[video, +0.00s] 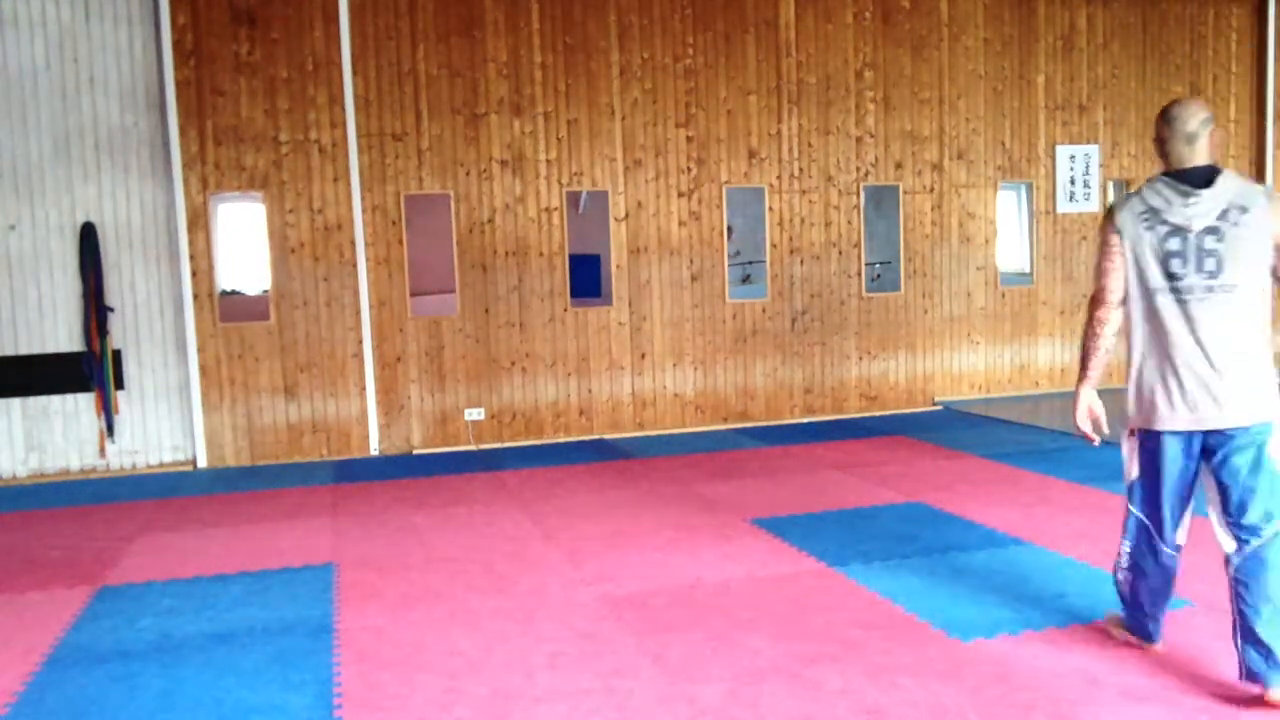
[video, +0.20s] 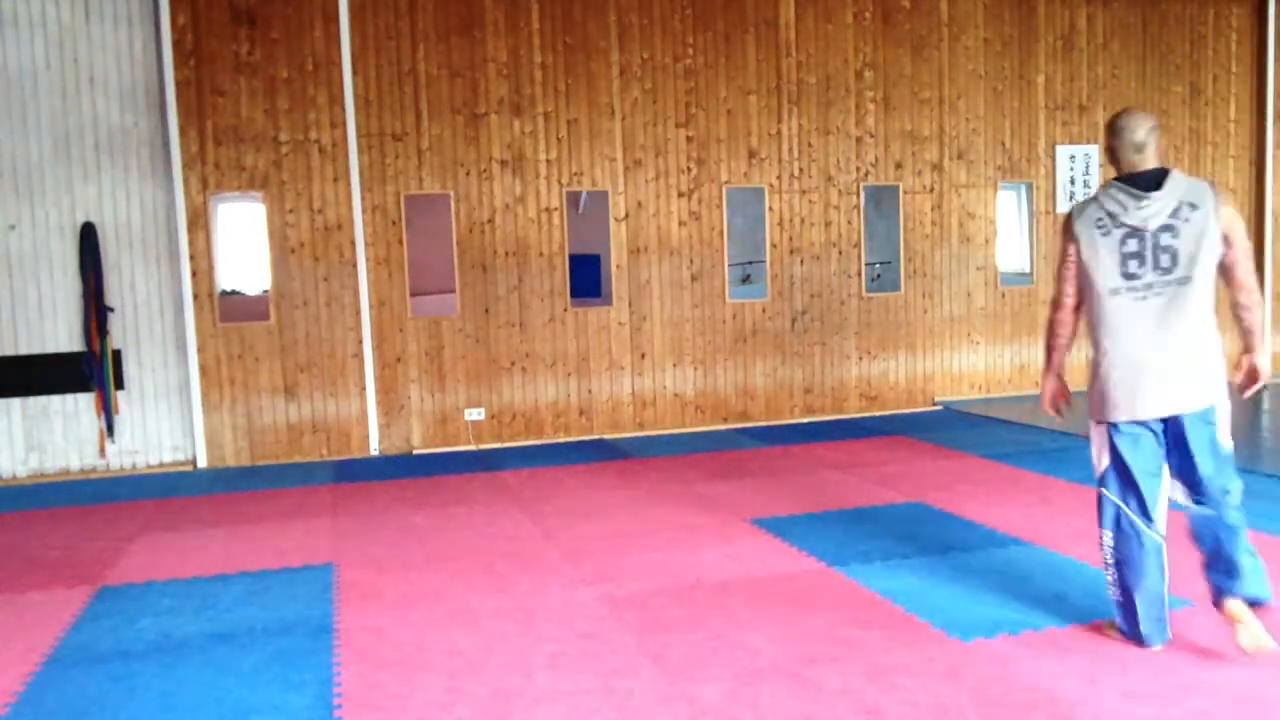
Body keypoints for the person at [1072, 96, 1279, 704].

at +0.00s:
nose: (1182, 145)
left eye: (1163, 138)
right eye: (1202, 132)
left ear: (1156, 145)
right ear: (1213, 142)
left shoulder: (1128, 215)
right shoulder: (1261, 205)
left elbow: (1106, 307)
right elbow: (1273, 288)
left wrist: (1086, 385)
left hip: (1166, 403)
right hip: (1247, 399)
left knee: (1155, 521)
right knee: (1257, 534)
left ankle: (1142, 621)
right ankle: (1266, 669)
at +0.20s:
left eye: (1110, 152)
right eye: (1152, 142)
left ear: (1108, 156)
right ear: (1160, 148)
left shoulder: (1083, 220)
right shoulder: (1213, 205)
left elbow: (1066, 306)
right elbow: (1245, 288)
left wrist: (1053, 373)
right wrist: (1257, 349)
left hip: (1125, 389)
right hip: (1196, 383)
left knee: (1132, 510)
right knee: (1218, 493)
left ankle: (1142, 622)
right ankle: (1234, 590)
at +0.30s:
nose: (1103, 159)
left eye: (1094, 152)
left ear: (1094, 157)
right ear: (1140, 151)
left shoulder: (1069, 220)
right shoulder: (1190, 206)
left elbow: (1046, 305)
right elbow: (1226, 286)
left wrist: (1034, 352)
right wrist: (1232, 353)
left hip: (1112, 383)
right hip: (1181, 375)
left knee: (1122, 502)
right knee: (1186, 485)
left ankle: (1139, 622)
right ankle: (1201, 589)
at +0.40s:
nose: (1078, 166)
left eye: (1076, 158)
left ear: (1079, 162)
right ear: (1124, 157)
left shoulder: (1057, 222)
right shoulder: (1173, 211)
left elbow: (1029, 304)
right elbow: (1208, 288)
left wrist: (1018, 335)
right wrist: (1209, 352)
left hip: (1102, 385)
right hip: (1165, 376)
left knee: (1117, 502)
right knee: (1160, 489)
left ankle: (1141, 620)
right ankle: (1170, 587)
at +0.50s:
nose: (1063, 173)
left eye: (1063, 165)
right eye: (1067, 164)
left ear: (1068, 168)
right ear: (1111, 164)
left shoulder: (1050, 225)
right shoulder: (1160, 217)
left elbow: (1016, 305)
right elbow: (1193, 301)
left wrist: (1003, 330)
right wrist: (1174, 343)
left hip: (1085, 384)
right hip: (1147, 379)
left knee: (1102, 494)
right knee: (1138, 486)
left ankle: (1141, 613)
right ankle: (1115, 572)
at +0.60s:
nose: (1051, 178)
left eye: (1051, 171)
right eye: (1054, 170)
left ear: (1058, 172)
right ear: (1100, 168)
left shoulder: (1044, 227)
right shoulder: (1147, 224)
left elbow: (1013, 303)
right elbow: (1170, 298)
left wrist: (990, 333)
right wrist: (1147, 332)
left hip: (1067, 381)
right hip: (1127, 378)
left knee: (1060, 480)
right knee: (1122, 481)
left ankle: (1116, 581)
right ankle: (1107, 570)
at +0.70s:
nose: (1036, 178)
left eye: (1037, 171)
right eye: (1037, 170)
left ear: (1046, 172)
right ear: (1082, 170)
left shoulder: (1036, 221)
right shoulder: (1125, 221)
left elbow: (1008, 298)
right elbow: (1141, 291)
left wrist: (977, 324)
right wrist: (1097, 298)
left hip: (1056, 373)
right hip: (1114, 371)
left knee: (1015, 456)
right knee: (1113, 479)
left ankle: (1070, 550)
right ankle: (1111, 575)